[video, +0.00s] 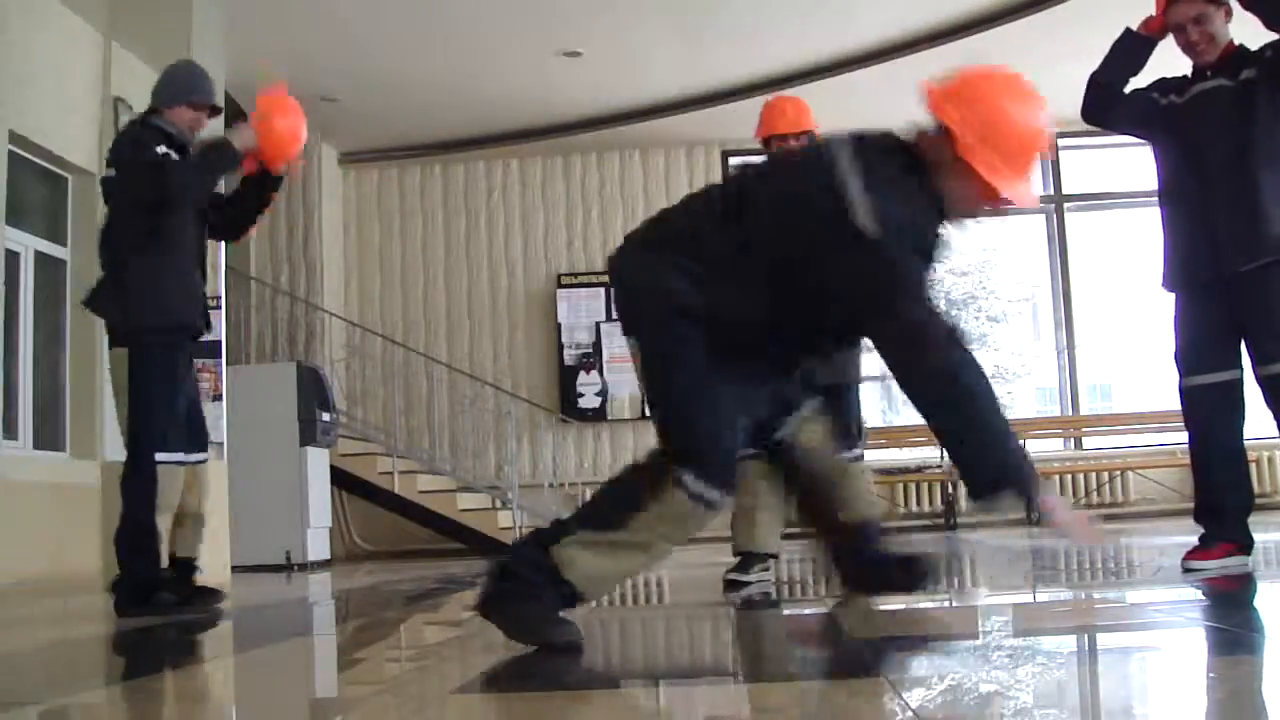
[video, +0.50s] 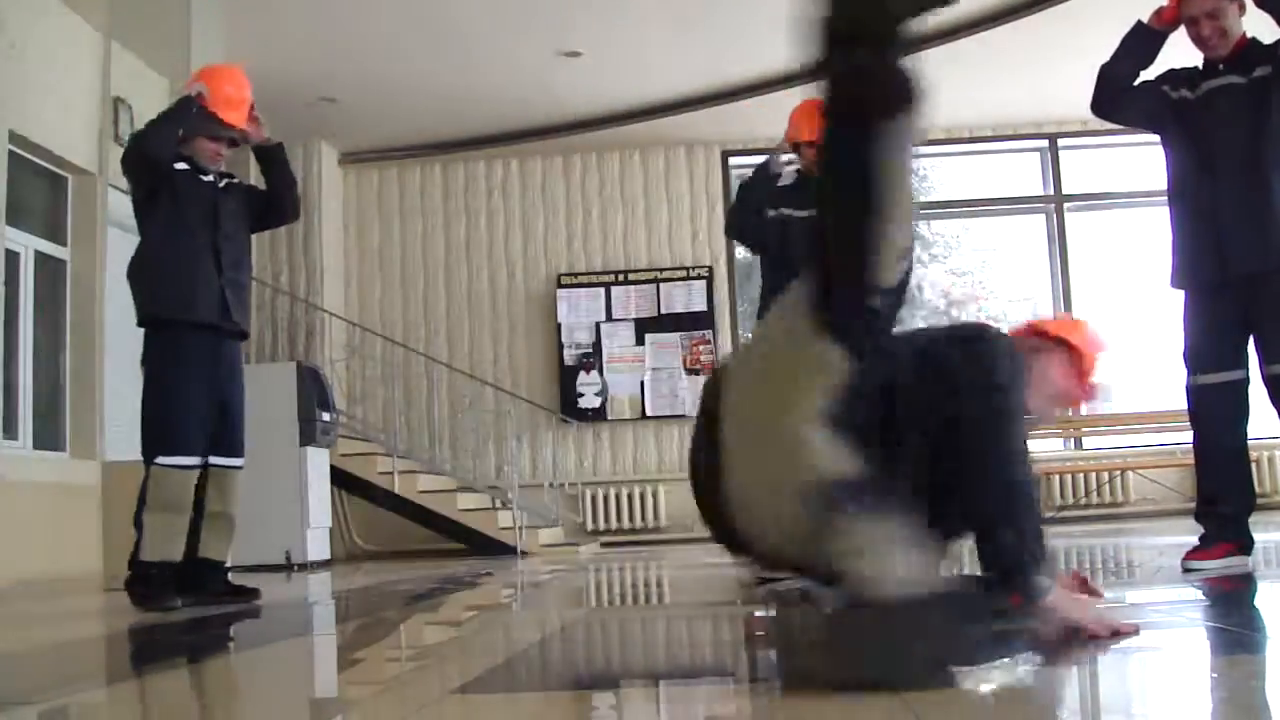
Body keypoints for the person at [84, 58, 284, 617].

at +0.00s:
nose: (205, 122)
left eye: (208, 115)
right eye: (200, 111)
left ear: (190, 114)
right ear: (175, 105)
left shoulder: (178, 159)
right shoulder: (139, 145)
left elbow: (226, 224)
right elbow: (175, 186)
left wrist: (268, 174)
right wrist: (228, 147)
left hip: (175, 321)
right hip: (148, 319)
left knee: (185, 450)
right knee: (149, 453)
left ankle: (172, 577)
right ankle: (137, 585)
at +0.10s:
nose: (214, 137)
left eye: (217, 129)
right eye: (210, 126)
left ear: (195, 124)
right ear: (186, 118)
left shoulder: (202, 183)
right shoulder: (137, 150)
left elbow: (257, 211)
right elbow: (164, 181)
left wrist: (271, 148)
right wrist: (210, 124)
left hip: (193, 329)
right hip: (156, 325)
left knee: (205, 453)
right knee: (163, 455)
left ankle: (203, 573)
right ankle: (142, 582)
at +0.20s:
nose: (217, 146)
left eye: (222, 138)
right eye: (209, 137)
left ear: (223, 143)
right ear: (184, 133)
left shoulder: (221, 188)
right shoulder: (148, 161)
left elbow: (275, 200)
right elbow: (164, 150)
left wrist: (274, 141)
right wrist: (205, 104)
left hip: (209, 332)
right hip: (165, 326)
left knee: (213, 454)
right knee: (172, 453)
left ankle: (203, 572)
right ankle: (148, 577)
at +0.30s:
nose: (225, 144)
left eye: (232, 137)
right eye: (217, 133)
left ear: (235, 143)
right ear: (188, 130)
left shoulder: (230, 189)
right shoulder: (158, 172)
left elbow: (282, 200)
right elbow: (147, 147)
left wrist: (272, 140)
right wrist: (195, 102)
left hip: (216, 330)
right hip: (169, 323)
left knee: (215, 451)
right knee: (172, 448)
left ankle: (208, 573)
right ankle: (159, 575)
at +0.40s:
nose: (221, 146)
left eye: (227, 139)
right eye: (214, 135)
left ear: (230, 145)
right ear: (186, 133)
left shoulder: (233, 192)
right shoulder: (157, 172)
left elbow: (285, 207)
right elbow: (145, 150)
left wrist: (270, 146)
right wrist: (190, 106)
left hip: (224, 333)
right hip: (173, 327)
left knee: (220, 453)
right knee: (174, 450)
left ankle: (207, 572)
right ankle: (155, 573)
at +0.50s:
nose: (223, 149)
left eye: (229, 142)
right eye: (216, 138)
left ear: (234, 147)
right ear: (186, 133)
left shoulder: (235, 194)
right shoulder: (157, 175)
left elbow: (287, 208)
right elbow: (143, 148)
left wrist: (266, 146)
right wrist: (190, 103)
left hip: (226, 335)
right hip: (175, 329)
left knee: (225, 456)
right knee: (178, 453)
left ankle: (207, 573)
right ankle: (154, 573)